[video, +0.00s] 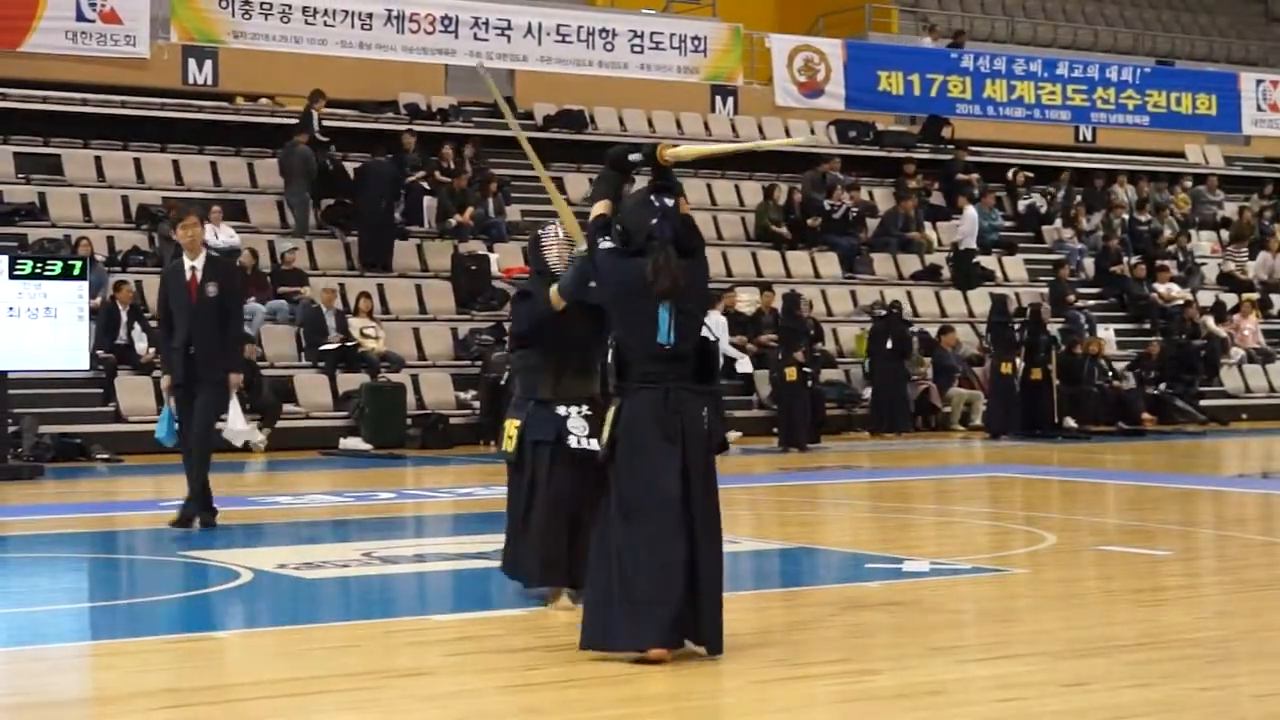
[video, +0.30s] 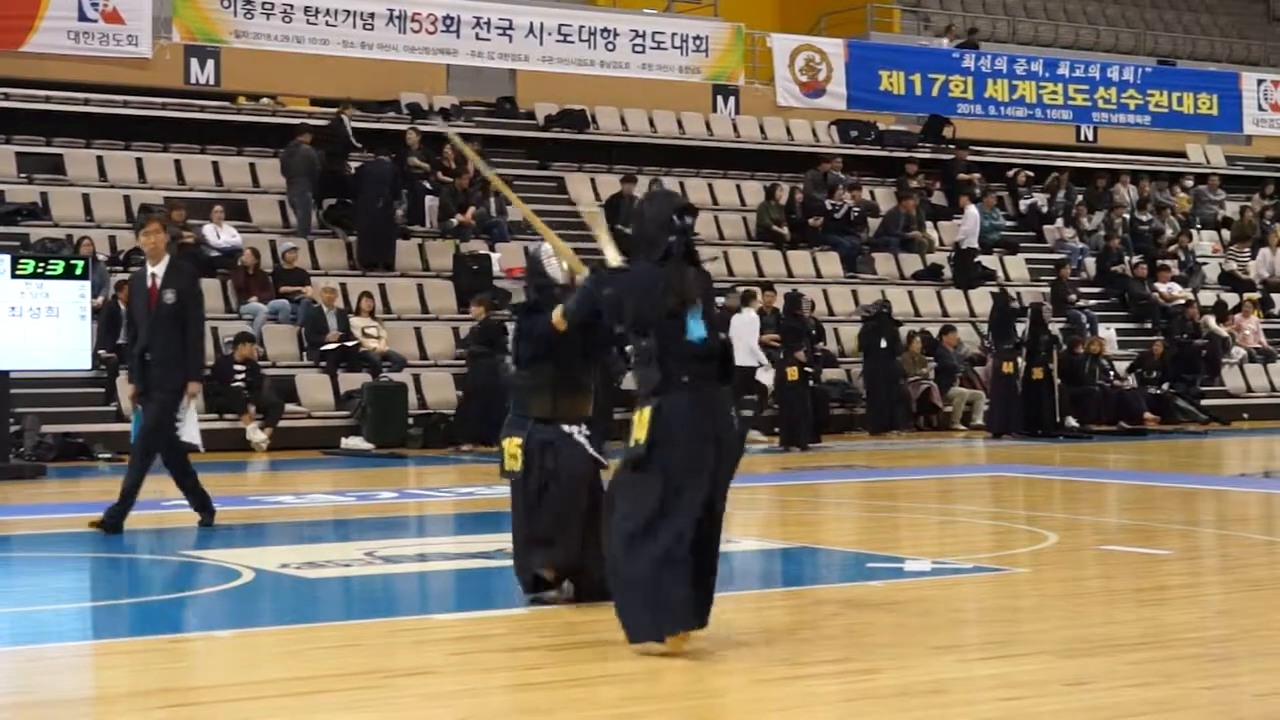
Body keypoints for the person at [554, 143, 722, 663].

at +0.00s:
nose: (615, 231)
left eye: (621, 226)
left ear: (627, 235)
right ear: (672, 232)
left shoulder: (617, 271)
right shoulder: (694, 275)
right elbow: (684, 235)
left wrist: (596, 233)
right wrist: (667, 184)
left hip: (642, 402)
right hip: (688, 400)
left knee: (646, 513)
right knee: (688, 510)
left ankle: (655, 634)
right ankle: (689, 625)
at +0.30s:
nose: (631, 236)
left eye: (635, 230)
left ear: (639, 235)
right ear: (681, 234)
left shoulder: (627, 283)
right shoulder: (700, 280)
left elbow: (564, 323)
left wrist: (585, 290)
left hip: (670, 412)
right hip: (717, 409)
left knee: (636, 503)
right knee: (697, 509)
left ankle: (653, 618)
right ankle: (684, 615)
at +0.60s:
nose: (646, 239)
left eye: (651, 231)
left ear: (662, 238)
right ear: (703, 239)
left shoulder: (659, 280)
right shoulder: (721, 282)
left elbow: (638, 238)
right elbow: (709, 233)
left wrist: (638, 203)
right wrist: (698, 186)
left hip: (684, 412)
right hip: (725, 411)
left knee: (664, 519)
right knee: (709, 515)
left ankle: (731, 607)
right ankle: (679, 619)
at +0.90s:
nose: (675, 230)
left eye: (679, 223)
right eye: (684, 219)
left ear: (689, 233)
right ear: (727, 226)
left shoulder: (689, 270)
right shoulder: (747, 267)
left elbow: (654, 225)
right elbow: (717, 223)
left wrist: (656, 178)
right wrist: (716, 182)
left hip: (709, 401)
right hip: (745, 400)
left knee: (715, 514)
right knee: (721, 513)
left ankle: (748, 624)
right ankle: (706, 622)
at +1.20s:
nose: (685, 220)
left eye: (691, 214)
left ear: (697, 226)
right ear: (738, 222)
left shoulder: (690, 262)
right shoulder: (757, 267)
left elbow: (666, 219)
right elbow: (736, 221)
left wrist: (674, 175)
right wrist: (740, 182)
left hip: (717, 396)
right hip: (756, 394)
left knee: (719, 508)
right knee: (756, 507)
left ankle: (788, 607)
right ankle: (696, 614)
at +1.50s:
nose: (705, 236)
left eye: (708, 227)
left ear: (714, 230)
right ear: (759, 226)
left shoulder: (712, 272)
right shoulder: (778, 276)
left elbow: (668, 256)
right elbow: (803, 335)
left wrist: (681, 214)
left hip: (738, 406)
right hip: (782, 406)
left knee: (740, 517)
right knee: (779, 516)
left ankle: (797, 616)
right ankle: (727, 617)